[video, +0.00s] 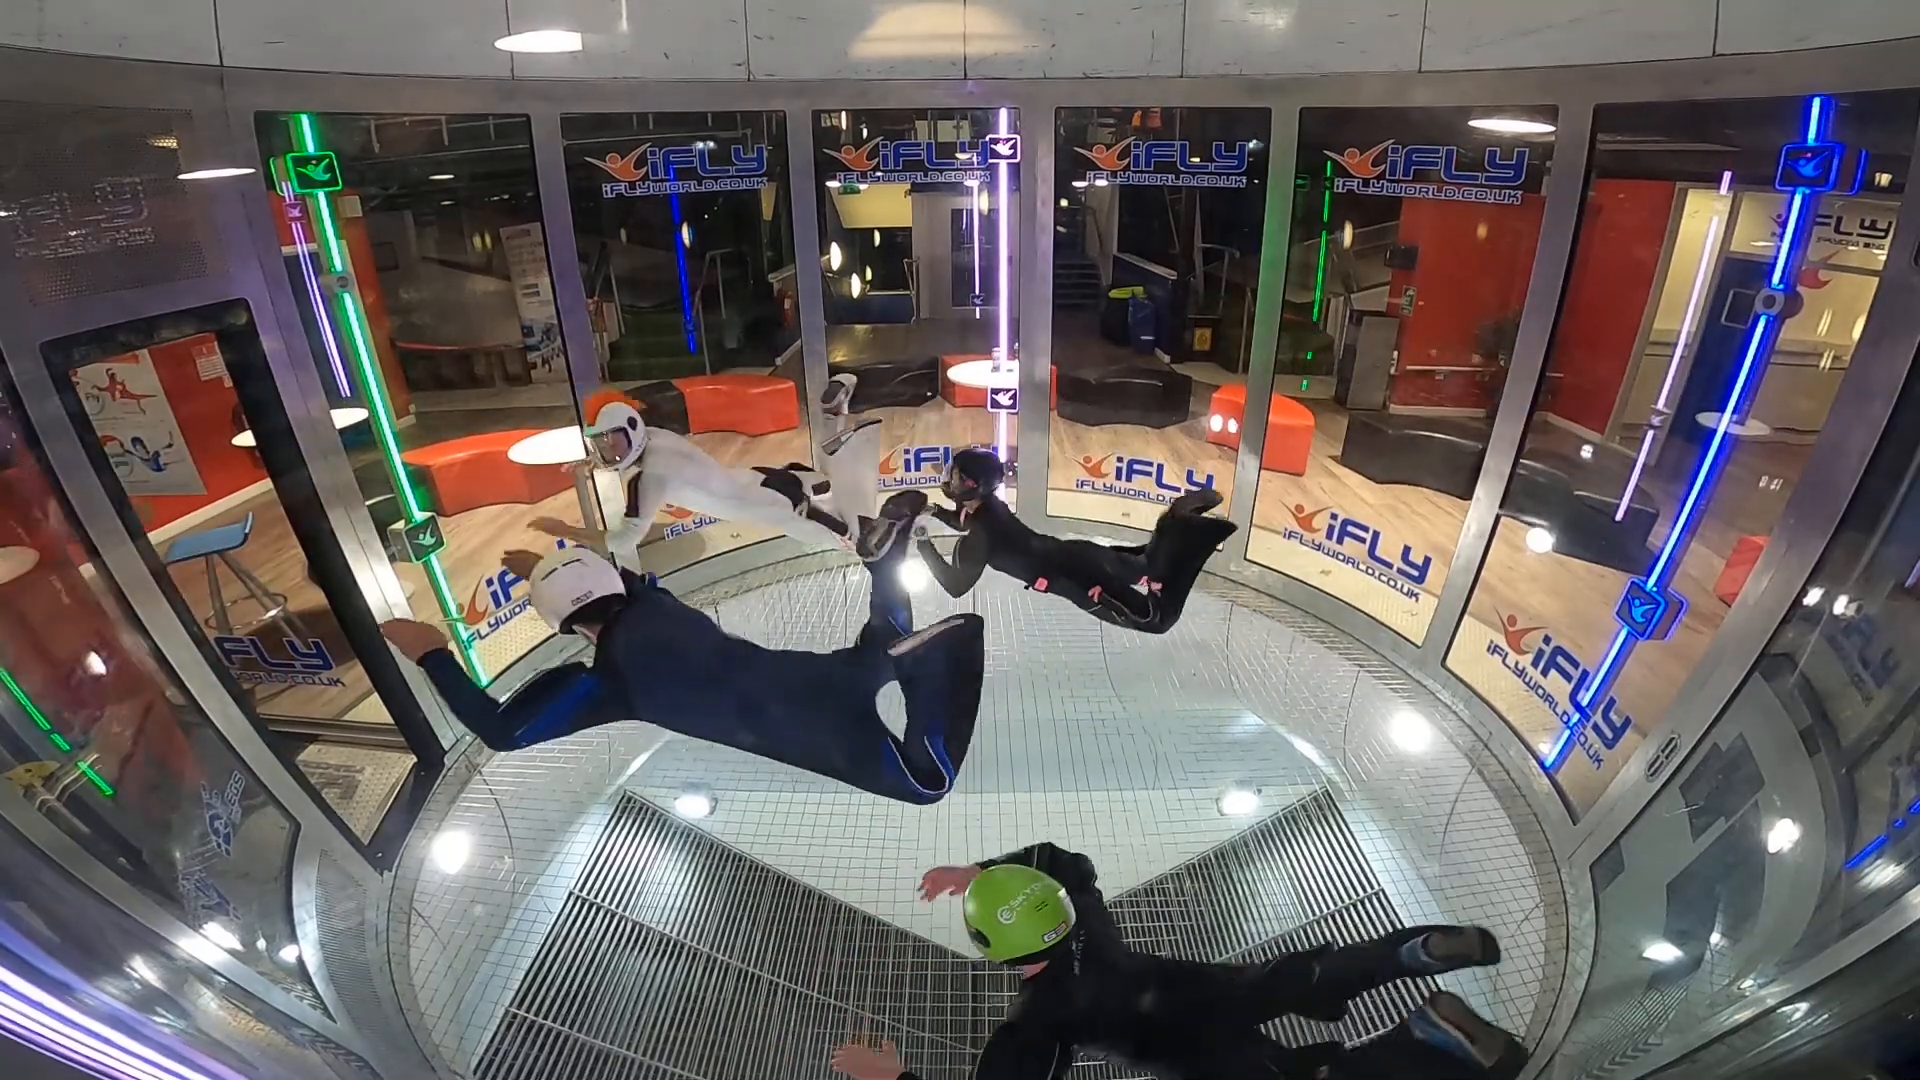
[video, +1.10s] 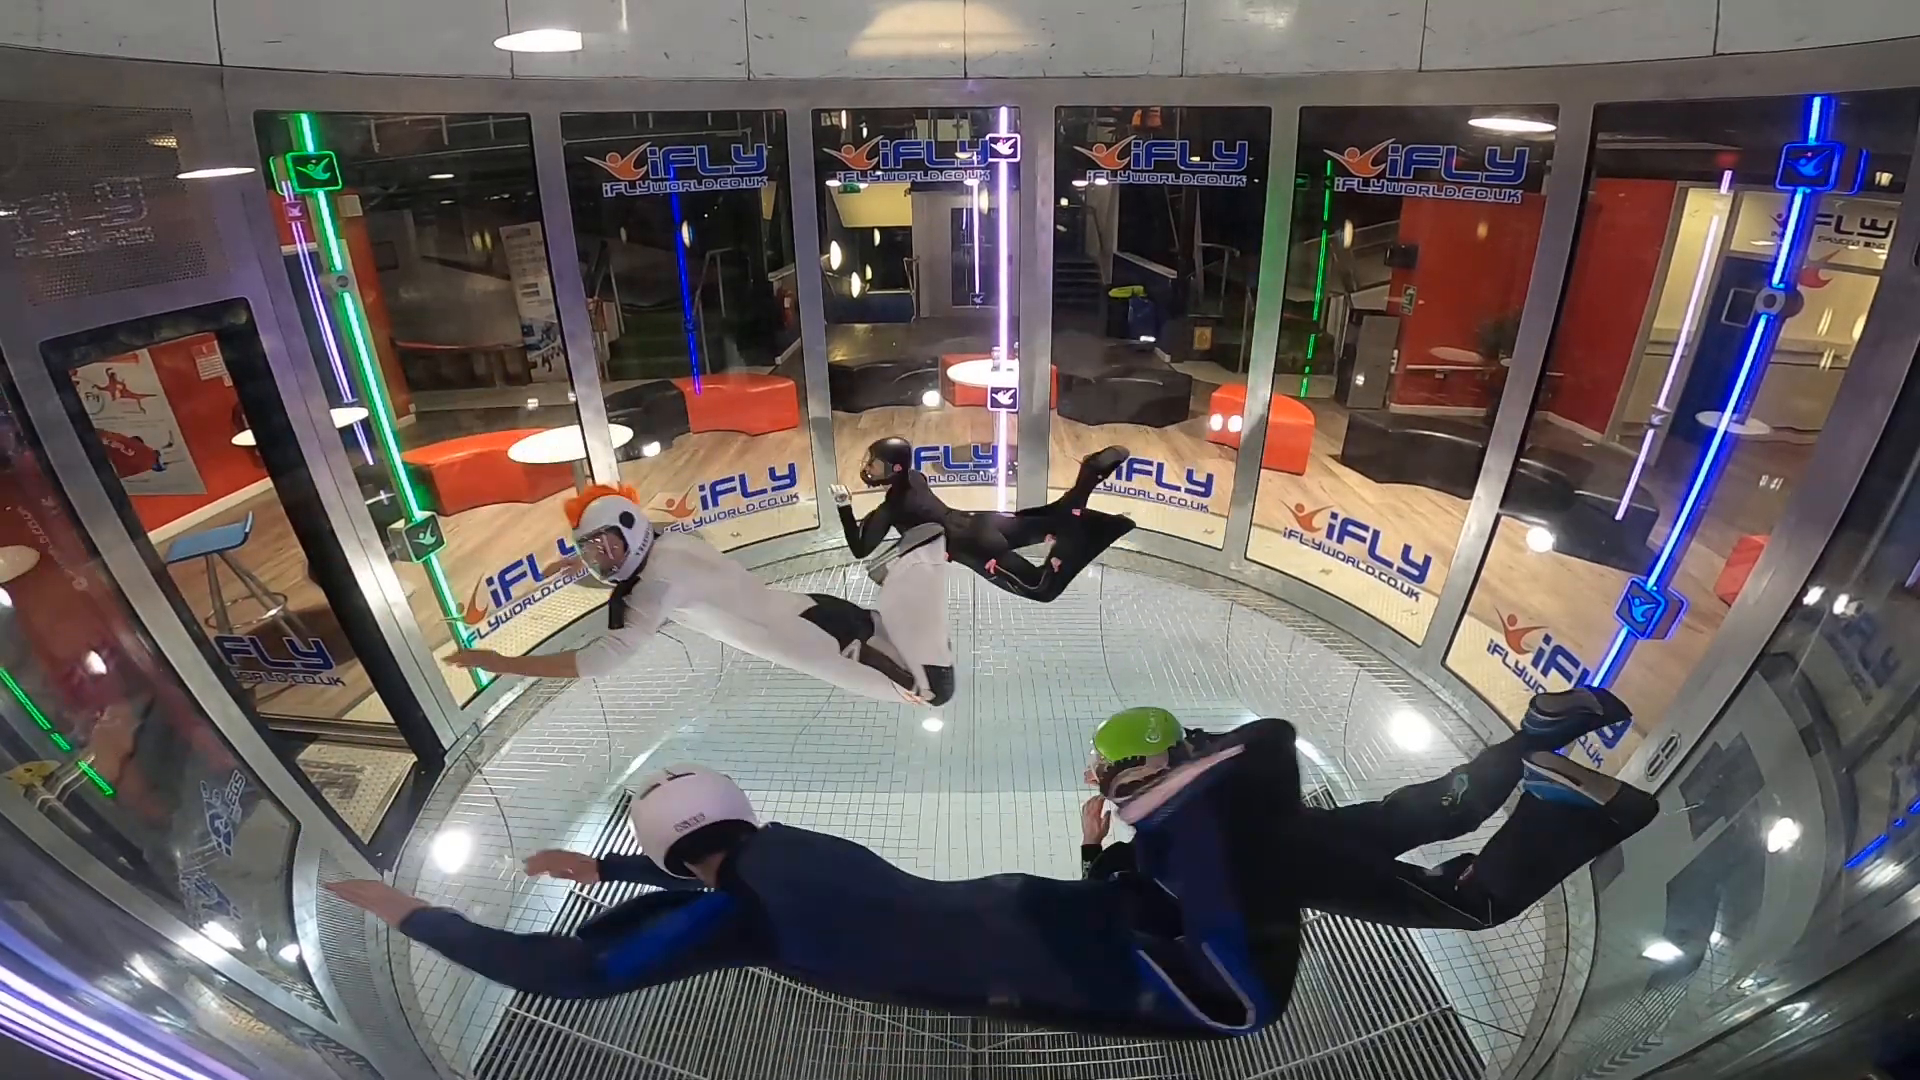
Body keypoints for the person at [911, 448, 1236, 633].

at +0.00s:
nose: (947, 481)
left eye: (954, 477)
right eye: (951, 474)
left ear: (971, 485)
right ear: (977, 483)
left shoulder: (979, 527)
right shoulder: (983, 505)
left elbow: (956, 585)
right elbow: (963, 520)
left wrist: (922, 542)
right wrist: (930, 511)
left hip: (1074, 575)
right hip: (1074, 553)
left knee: (1156, 619)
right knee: (1146, 563)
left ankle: (1189, 541)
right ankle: (1179, 515)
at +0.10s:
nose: (956, 485)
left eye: (963, 482)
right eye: (958, 479)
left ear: (983, 492)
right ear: (983, 490)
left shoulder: (988, 532)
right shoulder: (990, 515)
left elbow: (969, 587)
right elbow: (981, 547)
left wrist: (935, 559)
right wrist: (961, 534)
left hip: (1084, 572)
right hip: (1082, 559)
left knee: (1171, 609)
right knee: (1158, 560)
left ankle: (1220, 540)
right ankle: (1194, 505)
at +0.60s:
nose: (950, 496)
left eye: (956, 490)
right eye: (952, 489)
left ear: (974, 495)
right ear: (981, 492)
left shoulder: (985, 530)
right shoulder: (995, 513)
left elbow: (965, 584)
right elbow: (972, 574)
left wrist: (947, 558)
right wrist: (956, 555)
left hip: (1081, 562)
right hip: (1079, 544)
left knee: (1151, 567)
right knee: (1149, 521)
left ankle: (1213, 500)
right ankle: (1191, 459)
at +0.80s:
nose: (922, 491)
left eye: (928, 486)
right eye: (925, 485)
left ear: (947, 492)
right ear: (952, 488)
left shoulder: (956, 524)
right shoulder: (970, 504)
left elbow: (932, 575)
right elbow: (945, 549)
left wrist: (913, 559)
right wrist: (923, 550)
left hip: (1044, 556)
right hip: (1048, 532)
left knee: (1116, 580)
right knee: (1122, 511)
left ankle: (1169, 519)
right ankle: (1163, 441)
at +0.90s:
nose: (905, 485)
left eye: (911, 480)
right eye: (908, 478)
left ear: (929, 484)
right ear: (933, 481)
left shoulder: (940, 515)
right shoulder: (949, 497)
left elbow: (912, 566)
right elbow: (919, 554)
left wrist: (884, 541)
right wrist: (895, 545)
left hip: (1025, 554)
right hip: (1029, 530)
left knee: (1094, 585)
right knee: (1099, 514)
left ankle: (1142, 525)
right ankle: (1132, 454)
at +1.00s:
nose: (891, 481)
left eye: (897, 475)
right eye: (890, 475)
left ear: (912, 477)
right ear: (913, 475)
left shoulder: (917, 505)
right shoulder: (926, 490)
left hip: (998, 549)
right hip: (1003, 527)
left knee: (1069, 586)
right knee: (1077, 517)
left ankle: (1112, 527)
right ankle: (1115, 463)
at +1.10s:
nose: (867, 468)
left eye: (874, 464)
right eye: (869, 462)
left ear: (893, 469)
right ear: (897, 467)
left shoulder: (898, 500)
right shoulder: (910, 483)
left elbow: (860, 547)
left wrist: (845, 507)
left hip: (977, 545)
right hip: (983, 521)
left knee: (1044, 589)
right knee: (1056, 520)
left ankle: (1078, 532)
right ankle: (1091, 473)